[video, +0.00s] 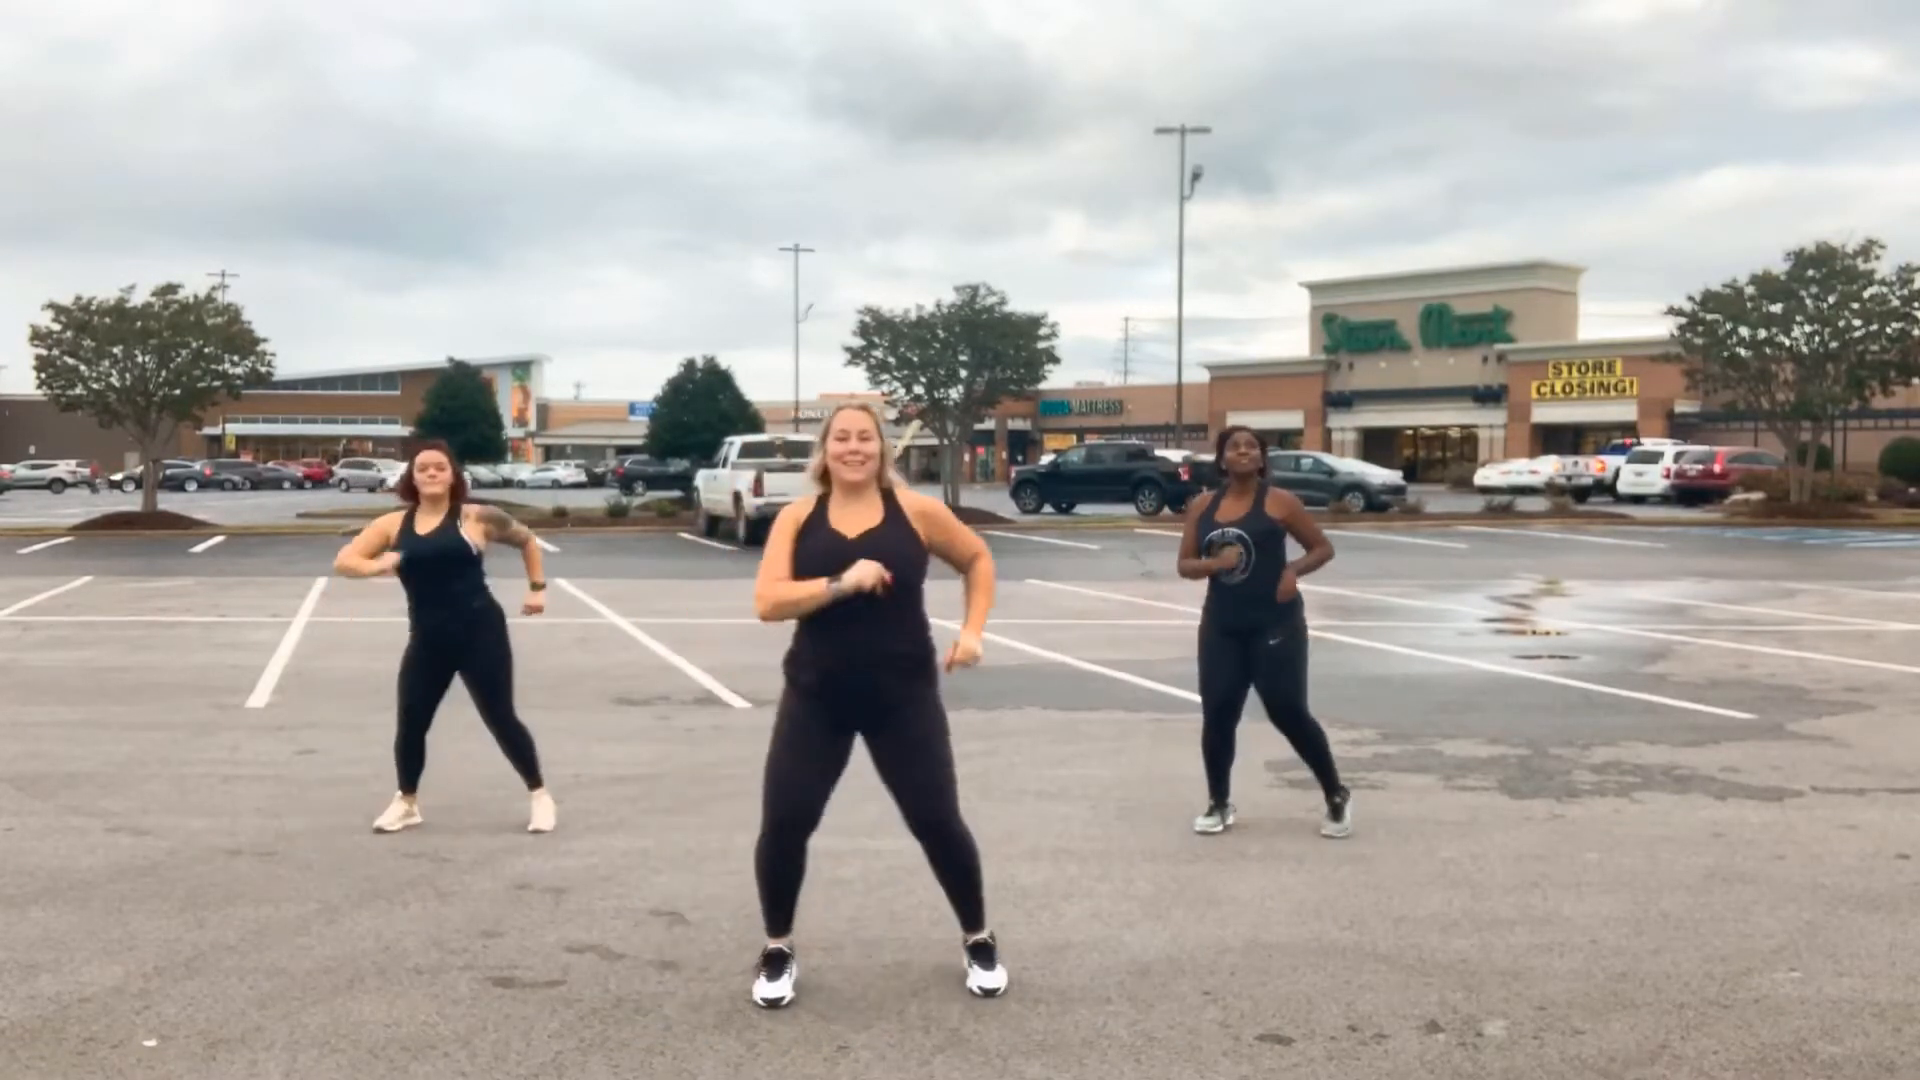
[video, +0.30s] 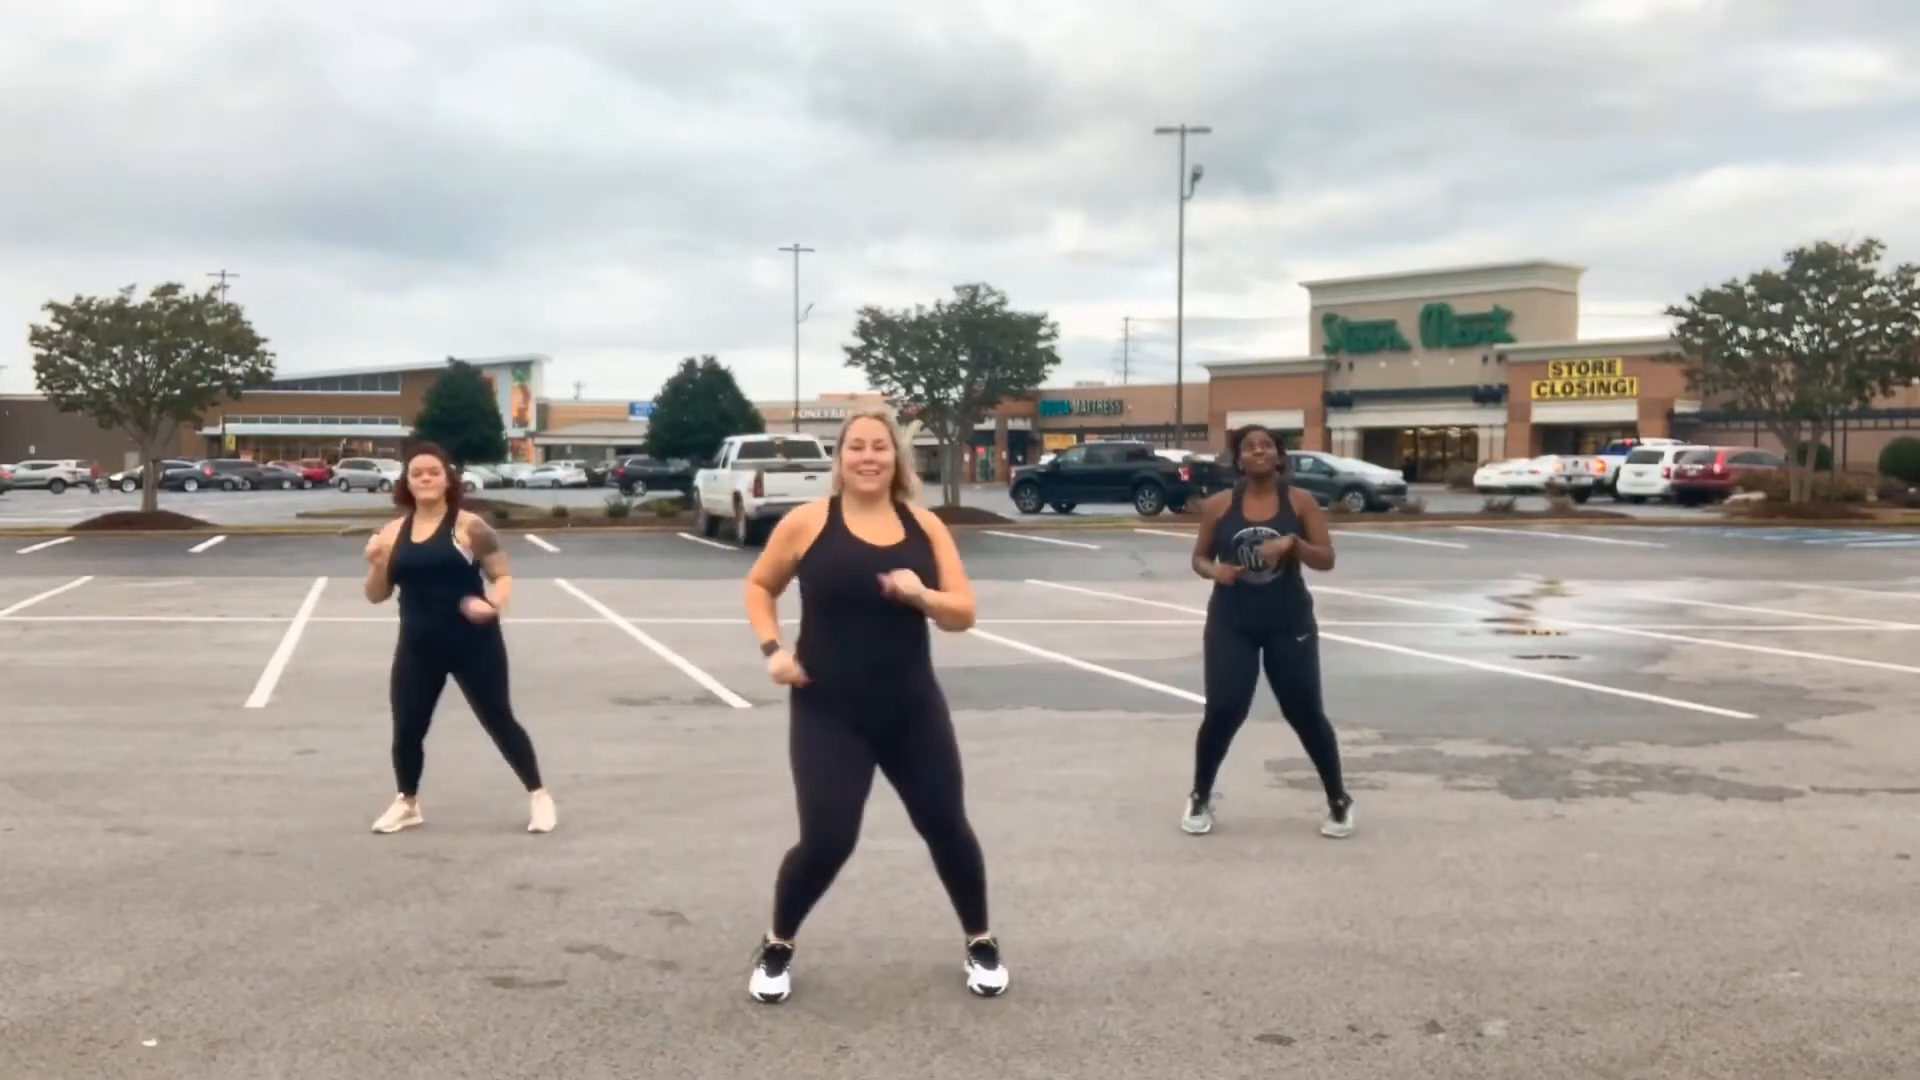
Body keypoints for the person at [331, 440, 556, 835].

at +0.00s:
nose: (432, 474)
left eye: (439, 467)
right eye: (424, 468)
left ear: (454, 475)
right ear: (412, 478)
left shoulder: (477, 518)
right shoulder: (394, 523)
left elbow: (527, 541)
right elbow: (343, 560)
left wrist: (536, 588)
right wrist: (376, 565)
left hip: (480, 635)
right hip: (428, 640)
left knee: (500, 719)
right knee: (409, 725)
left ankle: (539, 794)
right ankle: (406, 801)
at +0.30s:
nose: (426, 479)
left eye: (434, 472)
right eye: (417, 473)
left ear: (448, 479)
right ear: (407, 483)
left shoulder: (470, 526)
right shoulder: (393, 532)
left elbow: (502, 576)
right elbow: (376, 594)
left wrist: (494, 604)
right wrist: (378, 564)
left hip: (472, 642)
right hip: (418, 645)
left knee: (498, 721)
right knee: (406, 731)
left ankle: (538, 794)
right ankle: (407, 802)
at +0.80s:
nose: (402, 473)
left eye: (411, 467)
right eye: (394, 468)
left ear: (425, 474)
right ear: (383, 477)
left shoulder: (447, 520)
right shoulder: (364, 528)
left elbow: (461, 562)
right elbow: (348, 577)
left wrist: (427, 581)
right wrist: (343, 615)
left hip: (435, 634)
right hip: (382, 633)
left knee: (419, 717)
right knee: (390, 720)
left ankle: (426, 799)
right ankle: (401, 798)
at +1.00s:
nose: (395, 478)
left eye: (402, 471)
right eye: (387, 472)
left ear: (418, 478)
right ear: (376, 481)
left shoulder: (440, 525)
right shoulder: (359, 531)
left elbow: (475, 575)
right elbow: (341, 586)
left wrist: (493, 624)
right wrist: (345, 590)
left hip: (431, 643)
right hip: (380, 644)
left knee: (423, 724)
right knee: (340, 715)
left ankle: (429, 801)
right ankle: (370, 790)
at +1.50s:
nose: (359, 477)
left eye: (367, 471)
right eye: (351, 472)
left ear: (382, 479)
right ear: (341, 482)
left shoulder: (406, 525)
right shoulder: (326, 530)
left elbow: (437, 573)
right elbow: (306, 585)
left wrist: (425, 601)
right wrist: (293, 581)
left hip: (379, 642)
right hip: (322, 639)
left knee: (397, 725)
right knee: (310, 720)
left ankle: (426, 799)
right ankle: (303, 797)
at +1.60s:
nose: (362, 478)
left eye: (370, 471)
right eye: (354, 472)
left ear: (385, 479)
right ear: (344, 482)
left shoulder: (410, 524)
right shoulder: (330, 531)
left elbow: (437, 573)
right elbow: (314, 582)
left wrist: (421, 587)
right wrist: (300, 592)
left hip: (387, 643)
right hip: (330, 640)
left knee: (397, 726)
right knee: (311, 719)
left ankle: (426, 800)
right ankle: (304, 796)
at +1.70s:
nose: (368, 477)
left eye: (376, 470)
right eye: (360, 472)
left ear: (392, 479)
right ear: (350, 482)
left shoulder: (417, 523)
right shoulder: (337, 531)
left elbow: (450, 570)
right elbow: (325, 582)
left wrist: (434, 579)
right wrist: (310, 596)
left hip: (399, 641)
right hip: (345, 638)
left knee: (406, 728)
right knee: (313, 717)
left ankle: (427, 800)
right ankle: (306, 796)